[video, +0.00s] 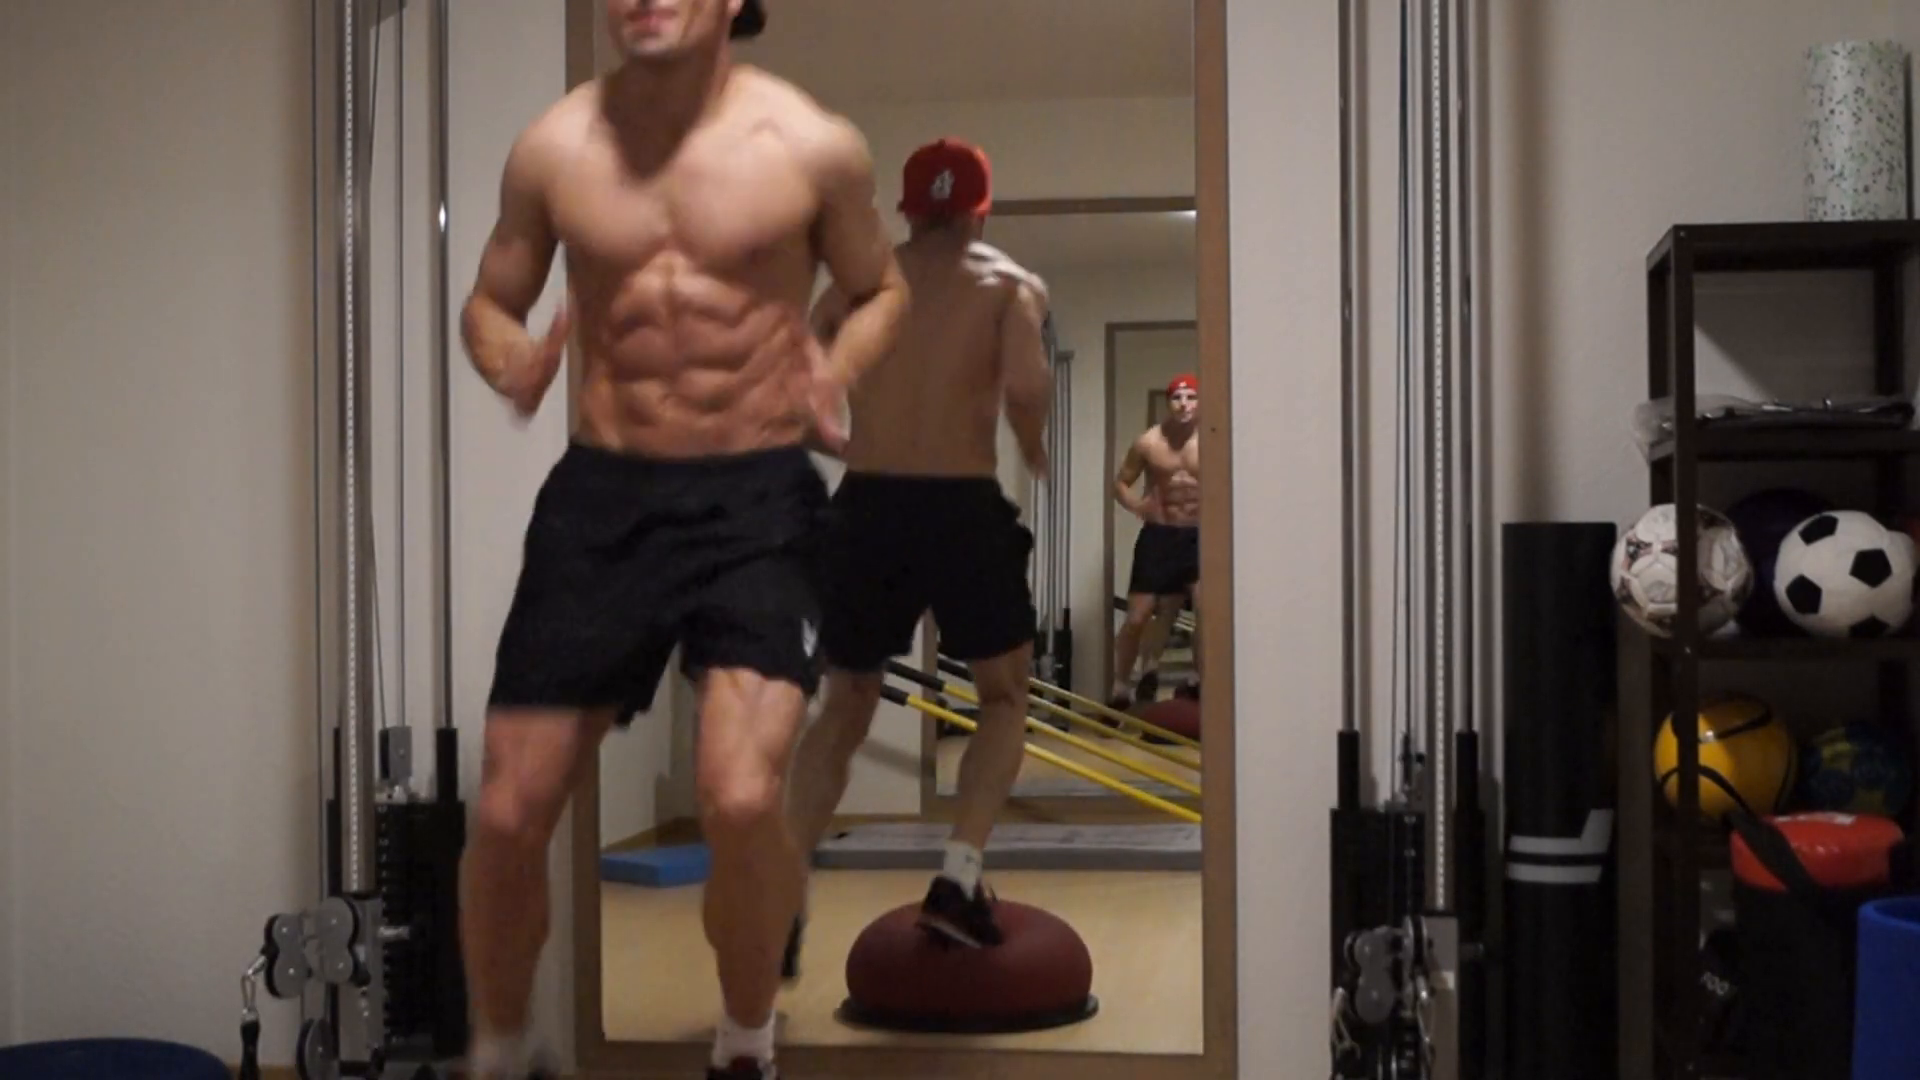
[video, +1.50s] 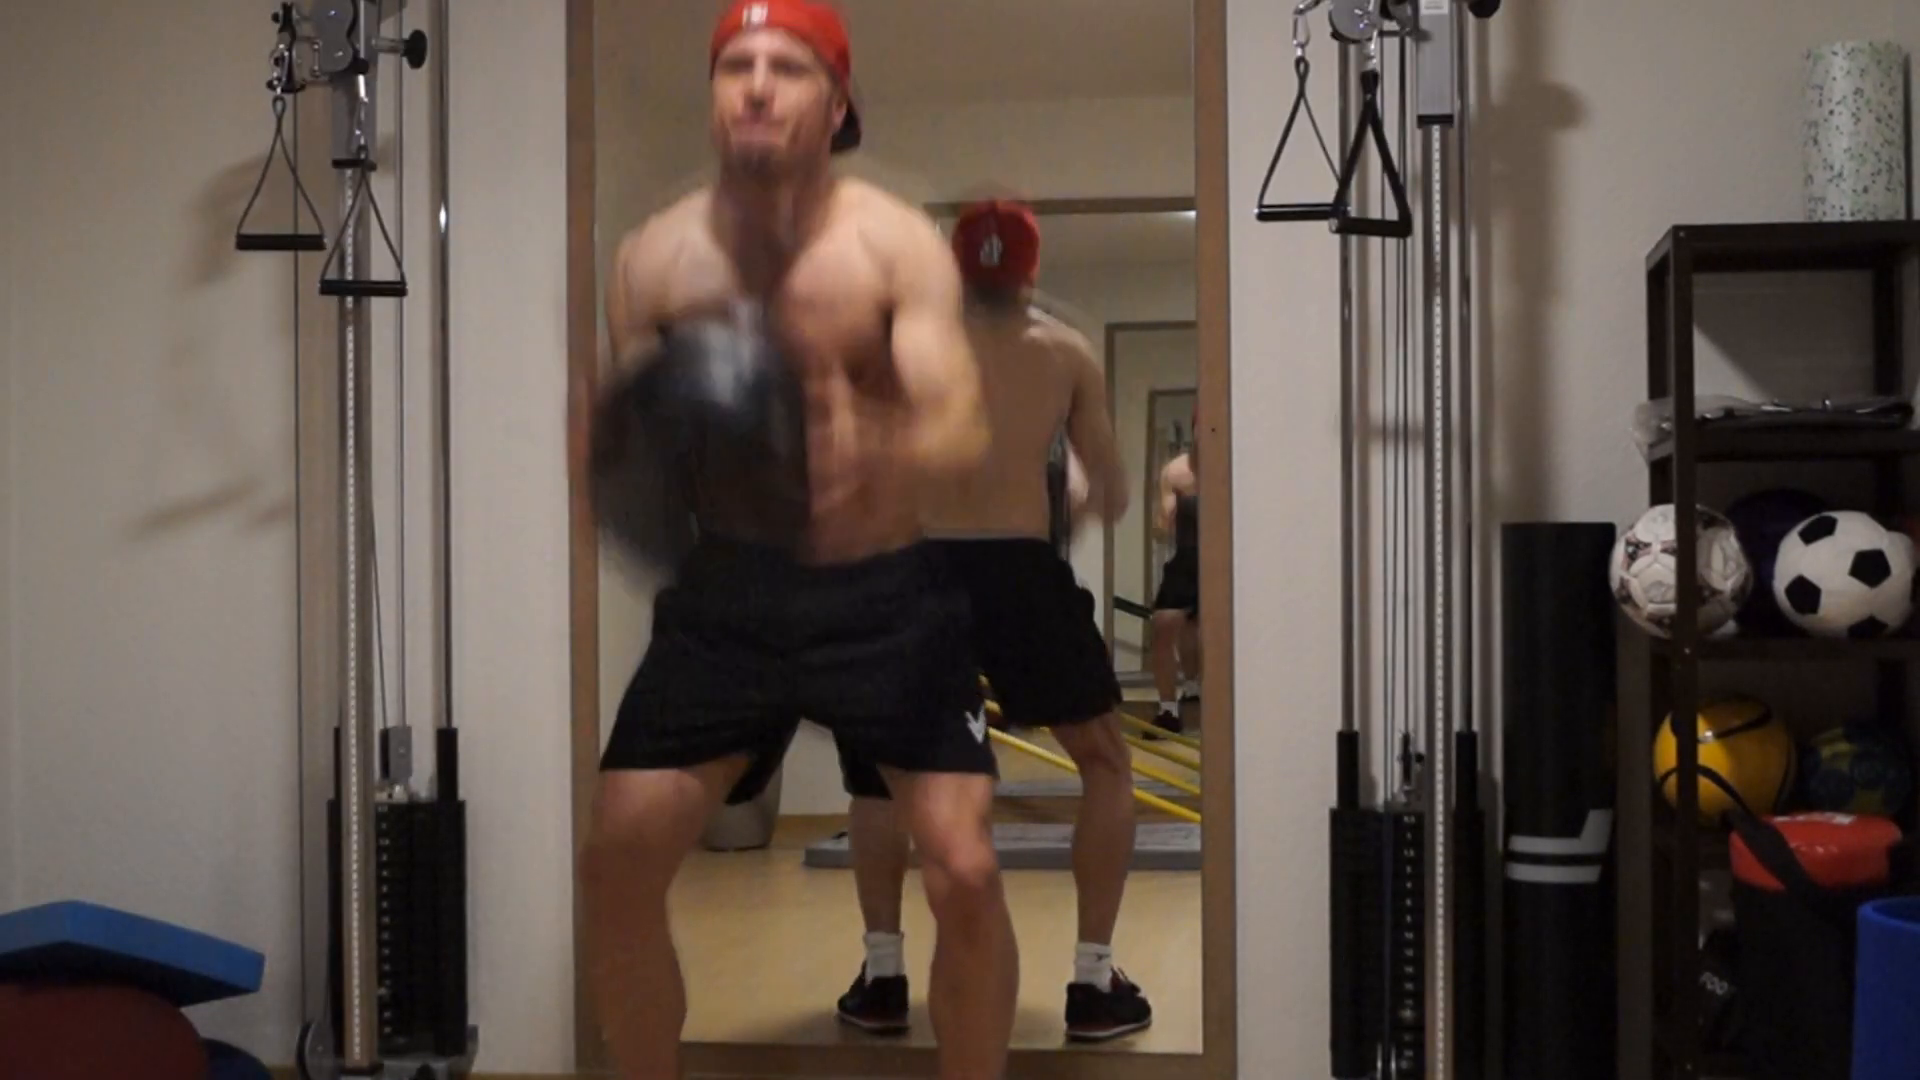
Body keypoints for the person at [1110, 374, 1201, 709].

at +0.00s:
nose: (1184, 404)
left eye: (1191, 398)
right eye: (1177, 398)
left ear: (1200, 403)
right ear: (1168, 404)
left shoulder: (1208, 442)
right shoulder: (1148, 443)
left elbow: (1224, 481)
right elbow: (1121, 484)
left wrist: (1209, 505)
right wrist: (1136, 505)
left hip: (1198, 533)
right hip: (1158, 533)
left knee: (1207, 612)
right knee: (1137, 617)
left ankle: (1202, 681)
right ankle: (1121, 685)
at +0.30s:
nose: (1195, 399)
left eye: (1200, 392)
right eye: (1191, 393)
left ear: (1209, 397)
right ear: (1183, 397)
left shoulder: (1216, 433)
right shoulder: (1164, 436)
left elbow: (1231, 474)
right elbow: (1145, 482)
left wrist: (1208, 480)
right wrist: (1172, 489)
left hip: (1213, 528)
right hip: (1181, 527)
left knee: (1212, 605)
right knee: (1186, 603)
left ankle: (1208, 672)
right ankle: (1183, 671)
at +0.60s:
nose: (1192, 392)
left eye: (1197, 386)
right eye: (1187, 386)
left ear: (1206, 391)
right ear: (1177, 391)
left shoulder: (1213, 428)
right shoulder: (1159, 430)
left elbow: (1228, 468)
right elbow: (1140, 474)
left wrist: (1206, 477)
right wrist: (1162, 489)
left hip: (1208, 519)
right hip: (1174, 520)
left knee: (1213, 602)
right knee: (1178, 600)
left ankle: (1211, 674)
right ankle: (1189, 671)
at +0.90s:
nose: (1177, 393)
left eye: (1185, 387)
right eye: (1172, 386)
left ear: (1197, 392)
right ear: (1164, 391)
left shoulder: (1204, 430)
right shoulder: (1142, 428)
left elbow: (1218, 476)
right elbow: (1117, 456)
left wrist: (1198, 461)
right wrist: (1113, 494)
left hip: (1188, 523)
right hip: (1147, 523)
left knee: (1187, 604)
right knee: (1131, 606)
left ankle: (1192, 678)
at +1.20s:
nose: (1203, 405)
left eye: (1207, 399)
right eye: (1200, 399)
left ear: (1213, 407)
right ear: (1192, 405)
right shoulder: (1173, 438)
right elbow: (1142, 412)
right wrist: (1160, 361)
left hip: (1212, 540)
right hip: (1181, 538)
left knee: (1206, 626)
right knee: (1172, 626)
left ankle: (1198, 698)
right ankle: (1166, 706)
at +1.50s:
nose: (1204, 434)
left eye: (1210, 427)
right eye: (1200, 426)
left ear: (1219, 431)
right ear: (1193, 430)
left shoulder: (1225, 469)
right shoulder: (1175, 471)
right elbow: (1166, 523)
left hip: (1215, 558)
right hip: (1186, 557)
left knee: (1197, 625)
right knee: (1165, 619)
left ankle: (1192, 685)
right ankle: (1168, 707)